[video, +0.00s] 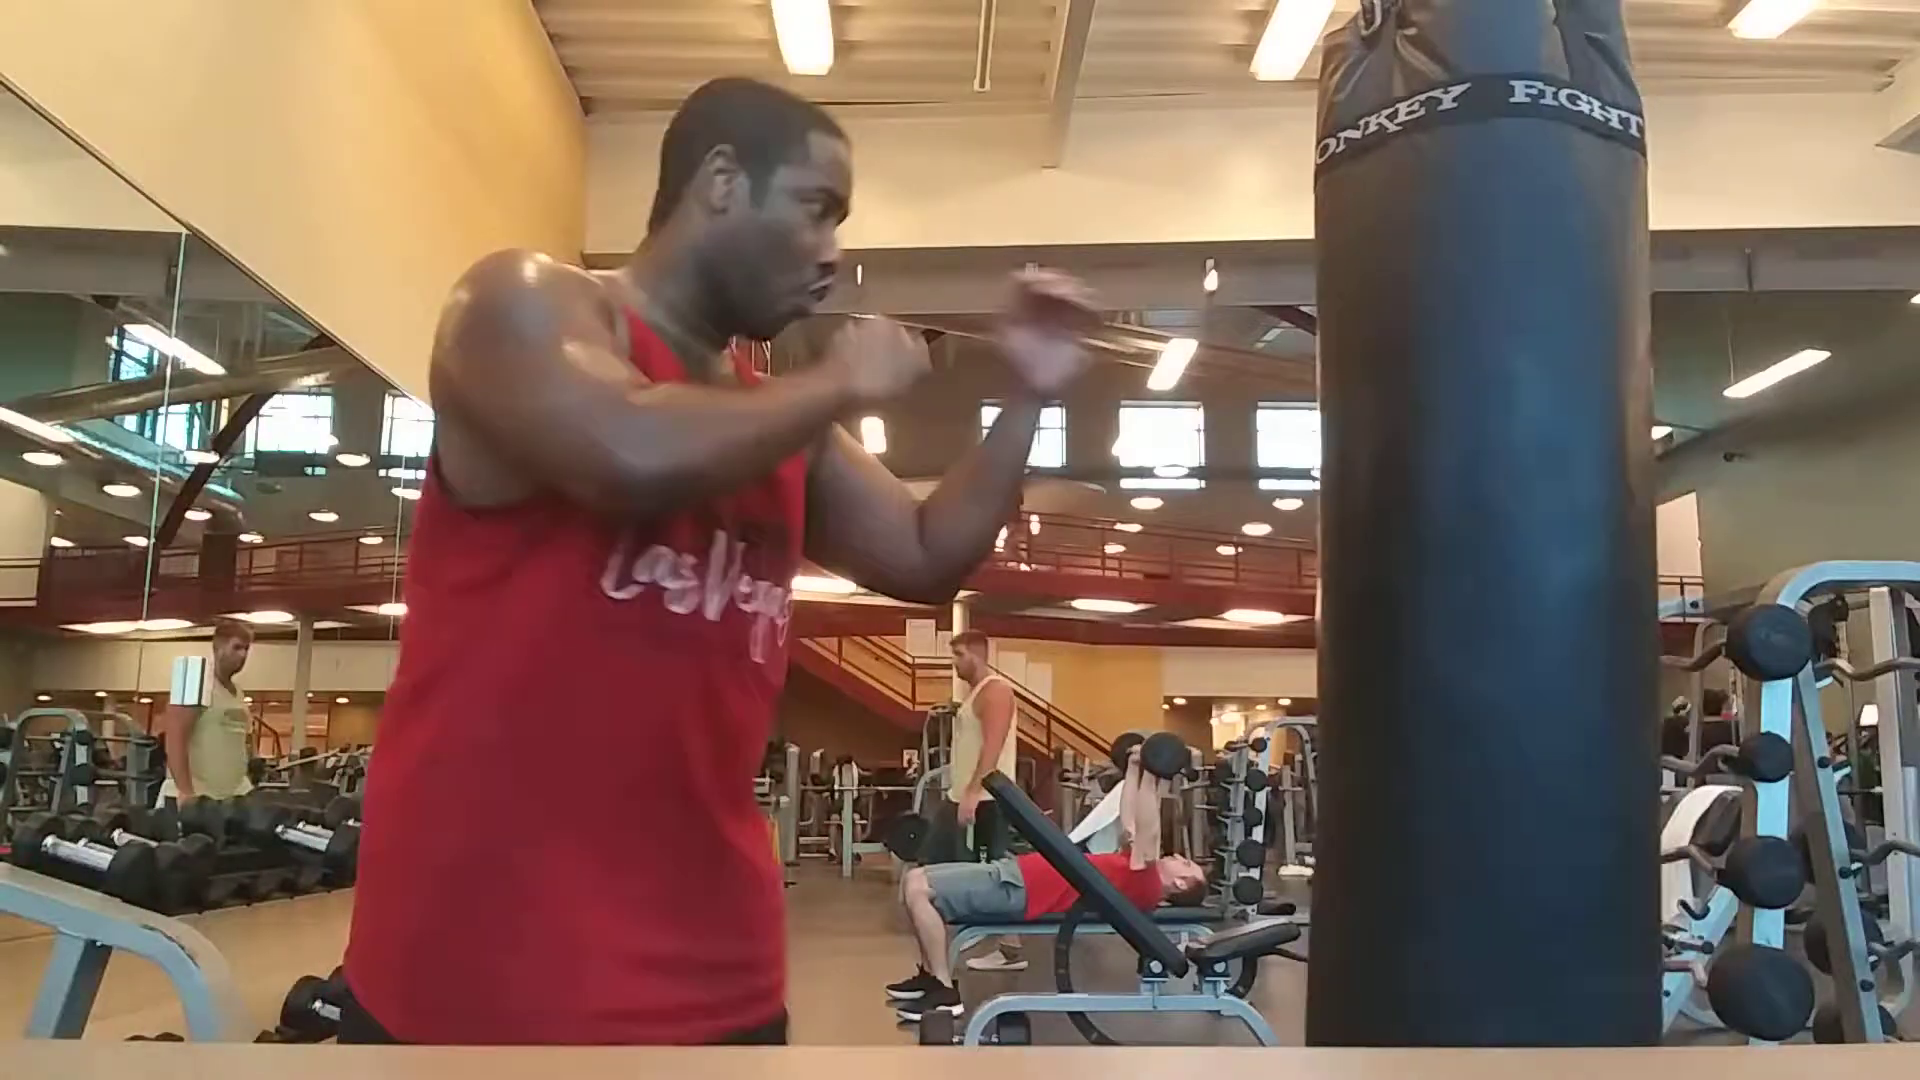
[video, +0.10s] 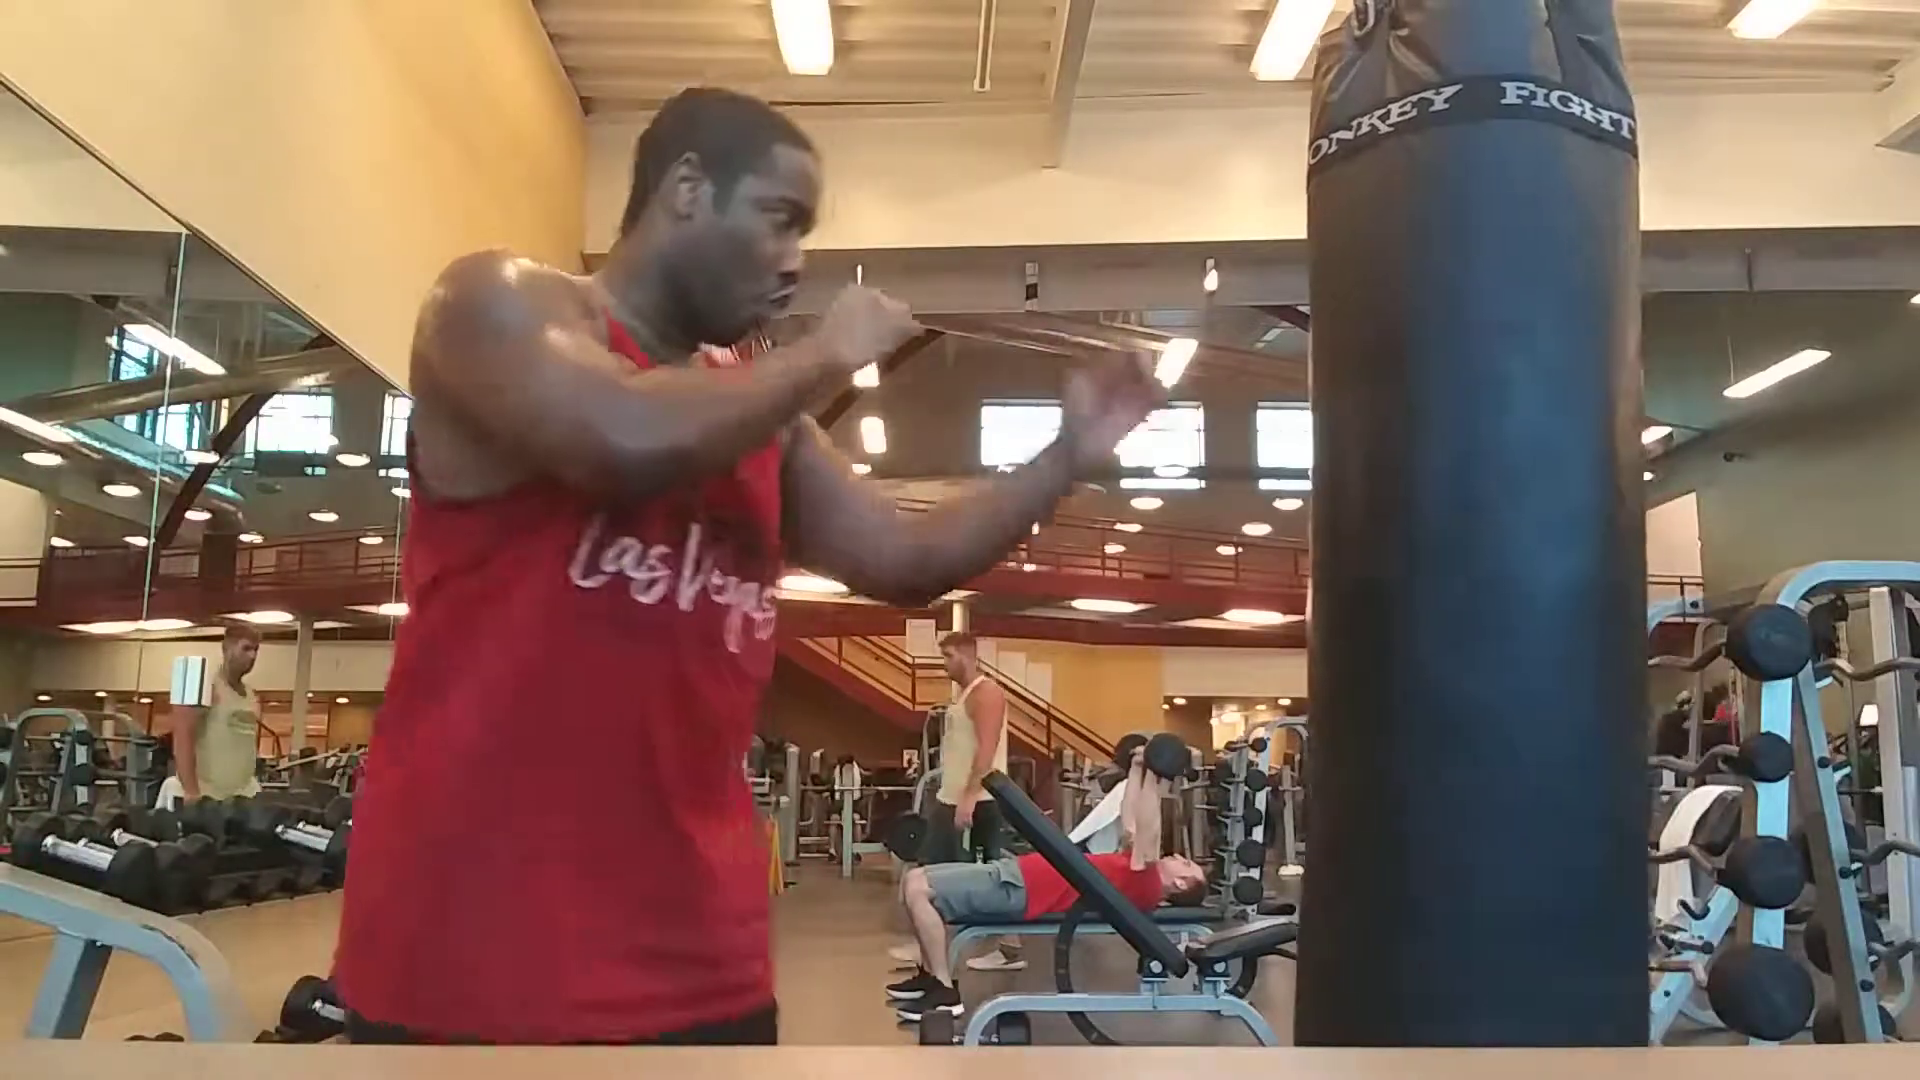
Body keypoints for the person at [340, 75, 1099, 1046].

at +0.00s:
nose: (837, 253)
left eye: (842, 224)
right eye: (819, 210)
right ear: (720, 189)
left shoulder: (781, 411)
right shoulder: (523, 297)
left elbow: (924, 558)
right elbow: (627, 457)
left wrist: (1025, 403)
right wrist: (840, 382)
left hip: (706, 987)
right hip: (494, 985)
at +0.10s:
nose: (798, 261)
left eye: (805, 233)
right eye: (783, 218)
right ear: (685, 191)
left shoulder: (754, 408)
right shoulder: (497, 295)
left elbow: (904, 552)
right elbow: (623, 444)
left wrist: (1069, 454)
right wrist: (818, 356)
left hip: (695, 974)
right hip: (478, 971)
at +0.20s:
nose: (758, 267)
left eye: (765, 239)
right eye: (740, 223)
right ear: (640, 197)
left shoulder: (733, 421)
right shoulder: (457, 305)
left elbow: (819, 604)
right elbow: (588, 435)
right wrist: (775, 353)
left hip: (673, 983)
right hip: (428, 976)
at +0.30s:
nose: (707, 275)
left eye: (715, 248)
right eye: (689, 231)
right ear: (588, 207)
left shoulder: (681, 439)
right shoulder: (409, 318)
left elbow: (735, 646)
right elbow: (512, 450)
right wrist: (729, 373)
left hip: (646, 985)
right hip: (403, 988)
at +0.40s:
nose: (655, 284)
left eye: (664, 255)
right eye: (634, 239)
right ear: (534, 211)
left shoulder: (611, 434)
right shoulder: (342, 328)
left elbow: (647, 652)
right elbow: (436, 470)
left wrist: (762, 678)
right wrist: (666, 413)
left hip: (616, 975)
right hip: (371, 992)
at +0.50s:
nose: (619, 285)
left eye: (629, 255)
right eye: (598, 239)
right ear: (496, 212)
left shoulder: (580, 437)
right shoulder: (301, 330)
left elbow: (622, 637)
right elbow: (382, 483)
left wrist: (739, 614)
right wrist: (622, 428)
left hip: (584, 942)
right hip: (336, 970)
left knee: (707, 1042)